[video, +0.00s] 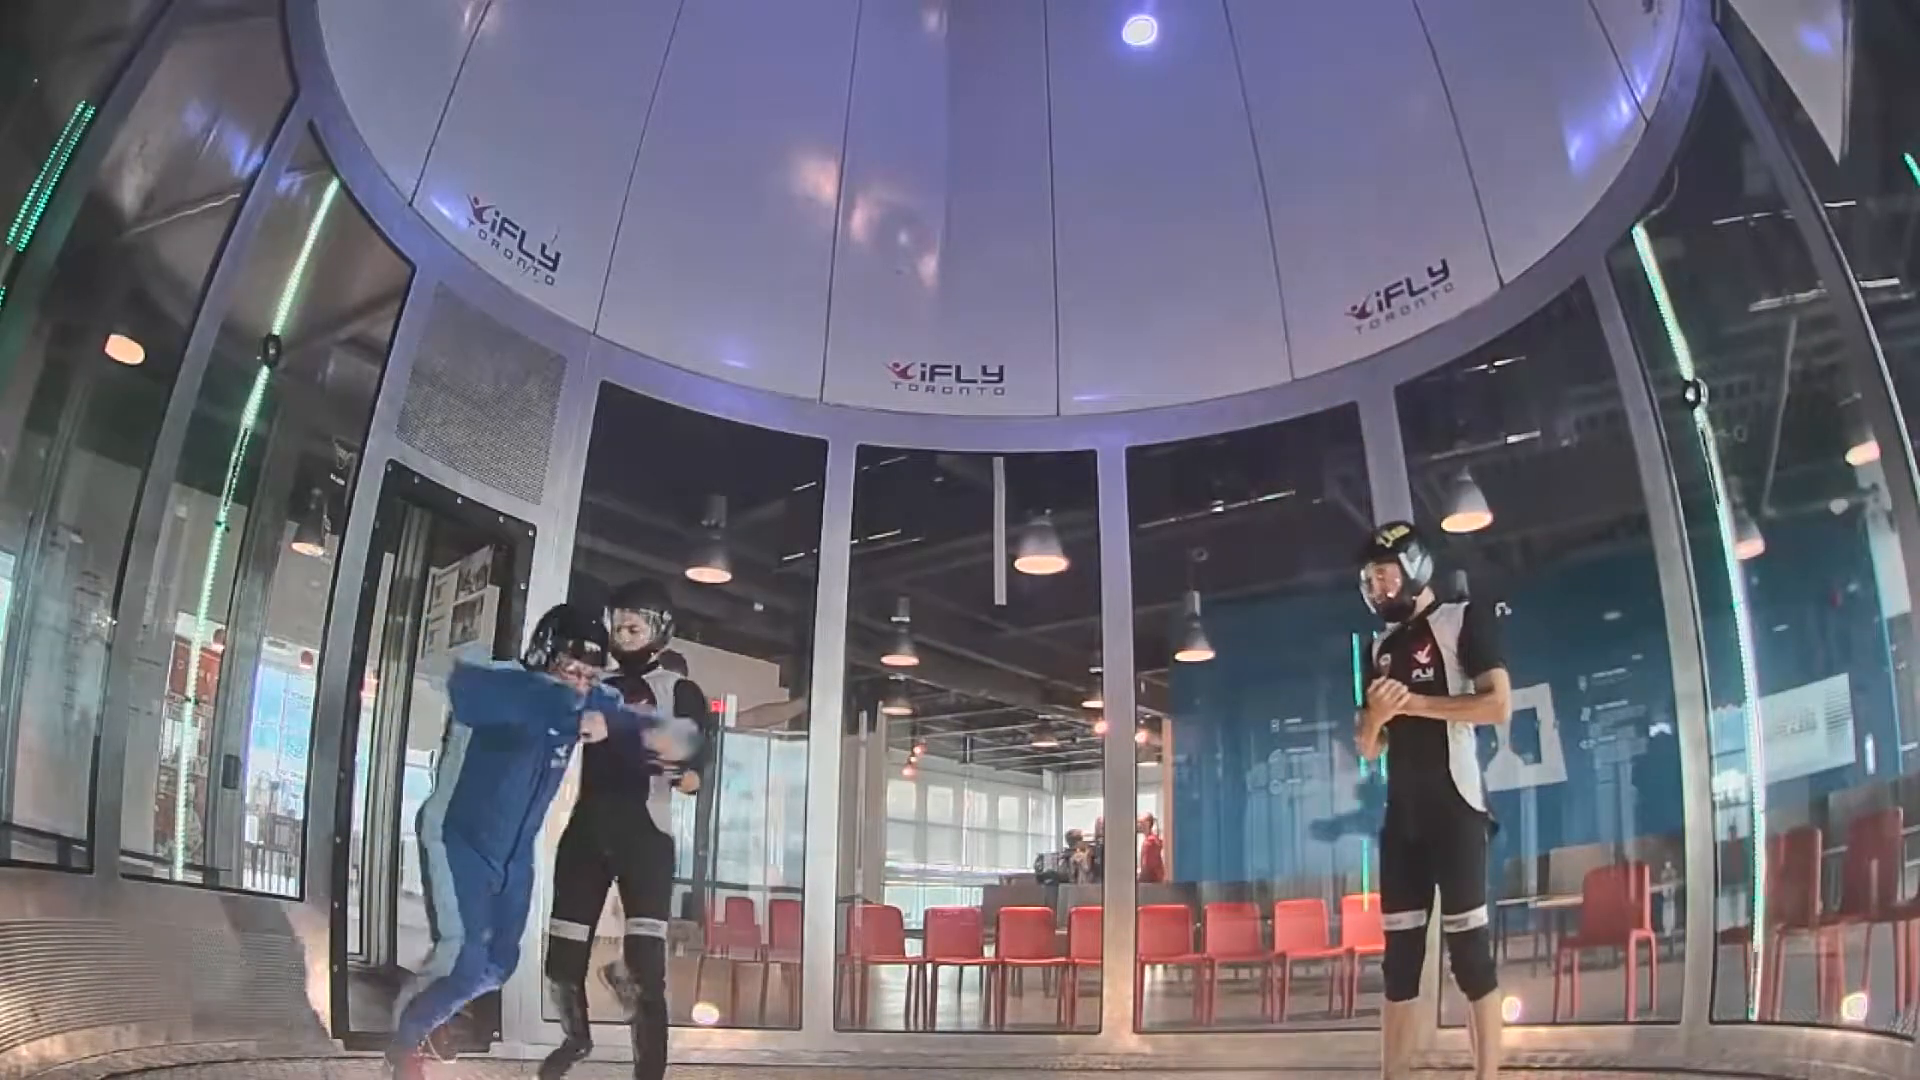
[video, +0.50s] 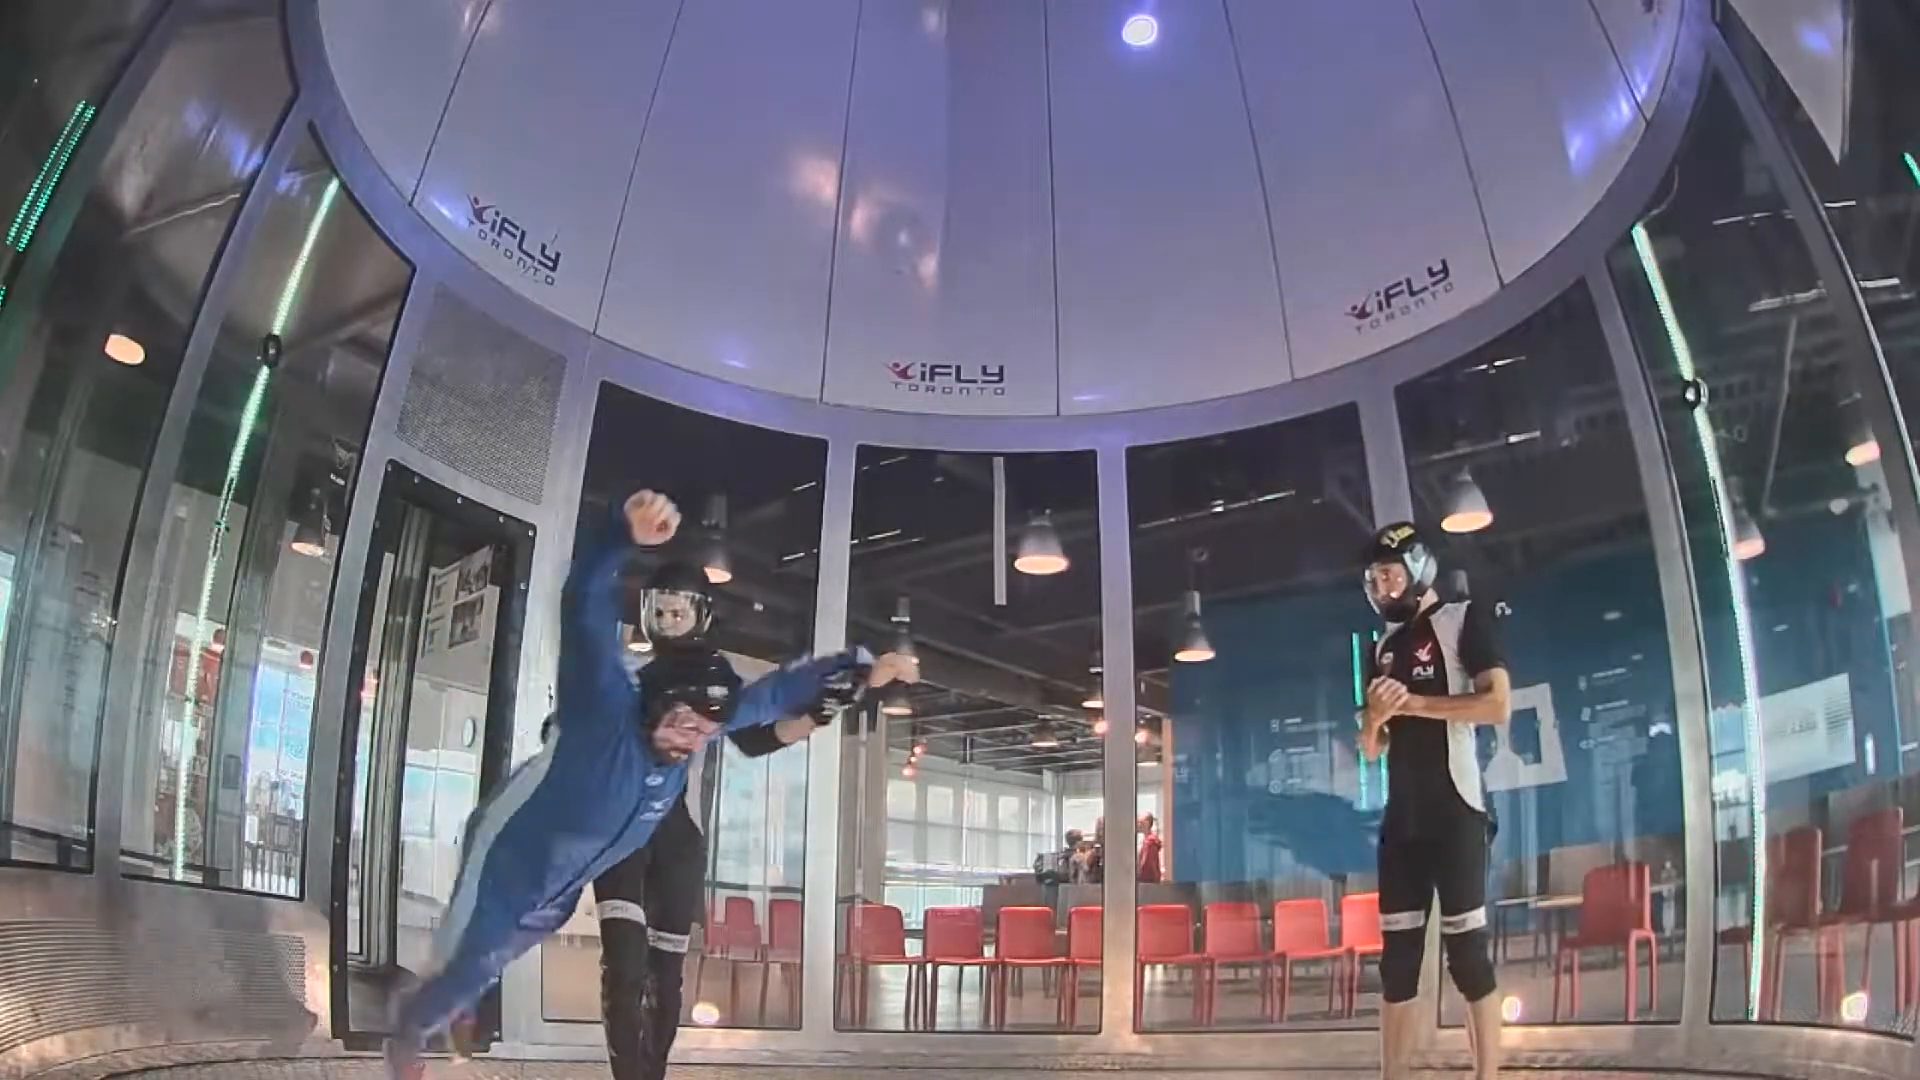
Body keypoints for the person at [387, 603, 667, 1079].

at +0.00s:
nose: (579, 677)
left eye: (590, 671)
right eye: (571, 663)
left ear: (599, 672)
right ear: (543, 653)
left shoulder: (585, 702)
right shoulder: (501, 680)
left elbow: (619, 715)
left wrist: (656, 732)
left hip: (515, 851)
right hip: (455, 836)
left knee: (498, 965)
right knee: (464, 959)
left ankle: (419, 1026)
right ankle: (404, 1047)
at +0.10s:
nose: (600, 683)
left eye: (605, 674)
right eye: (592, 668)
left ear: (606, 676)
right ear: (559, 660)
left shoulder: (586, 711)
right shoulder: (508, 690)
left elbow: (634, 722)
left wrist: (690, 733)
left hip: (520, 861)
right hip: (460, 846)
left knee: (495, 974)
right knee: (471, 968)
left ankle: (422, 1034)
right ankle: (405, 1032)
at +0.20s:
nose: (604, 714)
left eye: (615, 705)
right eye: (595, 701)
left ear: (624, 710)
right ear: (572, 694)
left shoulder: (618, 735)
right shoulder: (529, 720)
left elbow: (684, 725)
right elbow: (493, 656)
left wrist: (751, 715)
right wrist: (572, 651)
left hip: (529, 887)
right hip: (470, 869)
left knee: (498, 997)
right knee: (478, 992)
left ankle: (424, 1038)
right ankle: (404, 1040)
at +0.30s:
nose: (618, 722)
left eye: (630, 714)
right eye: (609, 707)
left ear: (640, 719)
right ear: (583, 698)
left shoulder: (629, 744)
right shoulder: (540, 721)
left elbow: (700, 722)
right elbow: (508, 645)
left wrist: (768, 705)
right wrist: (574, 617)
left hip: (535, 899)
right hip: (477, 876)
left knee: (488, 1014)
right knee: (478, 1008)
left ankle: (420, 1044)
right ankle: (407, 1037)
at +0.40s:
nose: (663, 745)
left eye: (675, 733)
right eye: (653, 728)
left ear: (684, 728)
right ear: (624, 709)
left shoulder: (675, 735)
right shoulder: (579, 718)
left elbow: (748, 706)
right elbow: (555, 624)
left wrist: (826, 670)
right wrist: (590, 554)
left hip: (548, 896)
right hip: (493, 875)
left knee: (480, 1002)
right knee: (465, 1005)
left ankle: (423, 1049)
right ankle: (408, 1053)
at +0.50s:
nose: (694, 738)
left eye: (706, 728)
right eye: (686, 719)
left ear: (714, 726)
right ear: (656, 699)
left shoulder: (696, 735)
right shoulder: (604, 704)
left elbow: (774, 697)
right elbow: (587, 612)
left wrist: (859, 668)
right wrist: (622, 536)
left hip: (558, 891)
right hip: (502, 862)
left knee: (484, 970)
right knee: (461, 970)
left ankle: (419, 1025)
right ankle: (407, 1034)